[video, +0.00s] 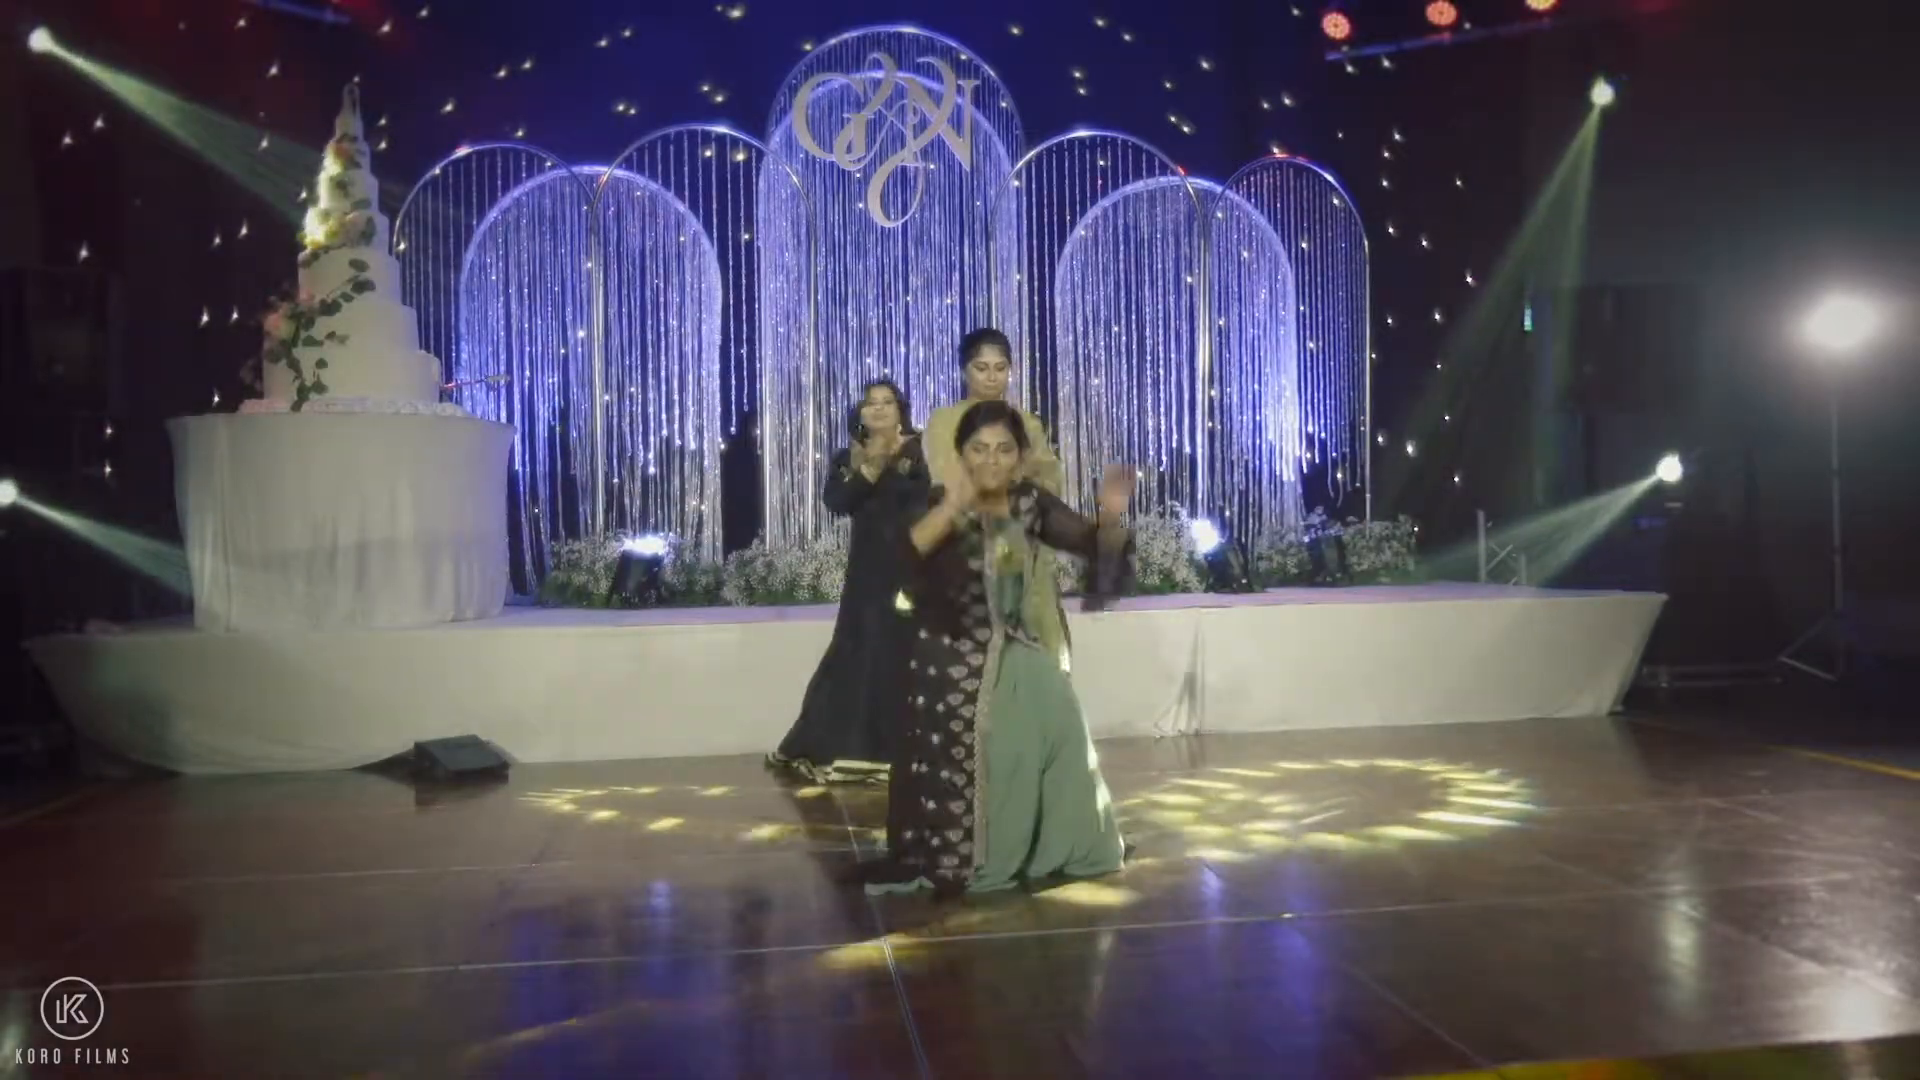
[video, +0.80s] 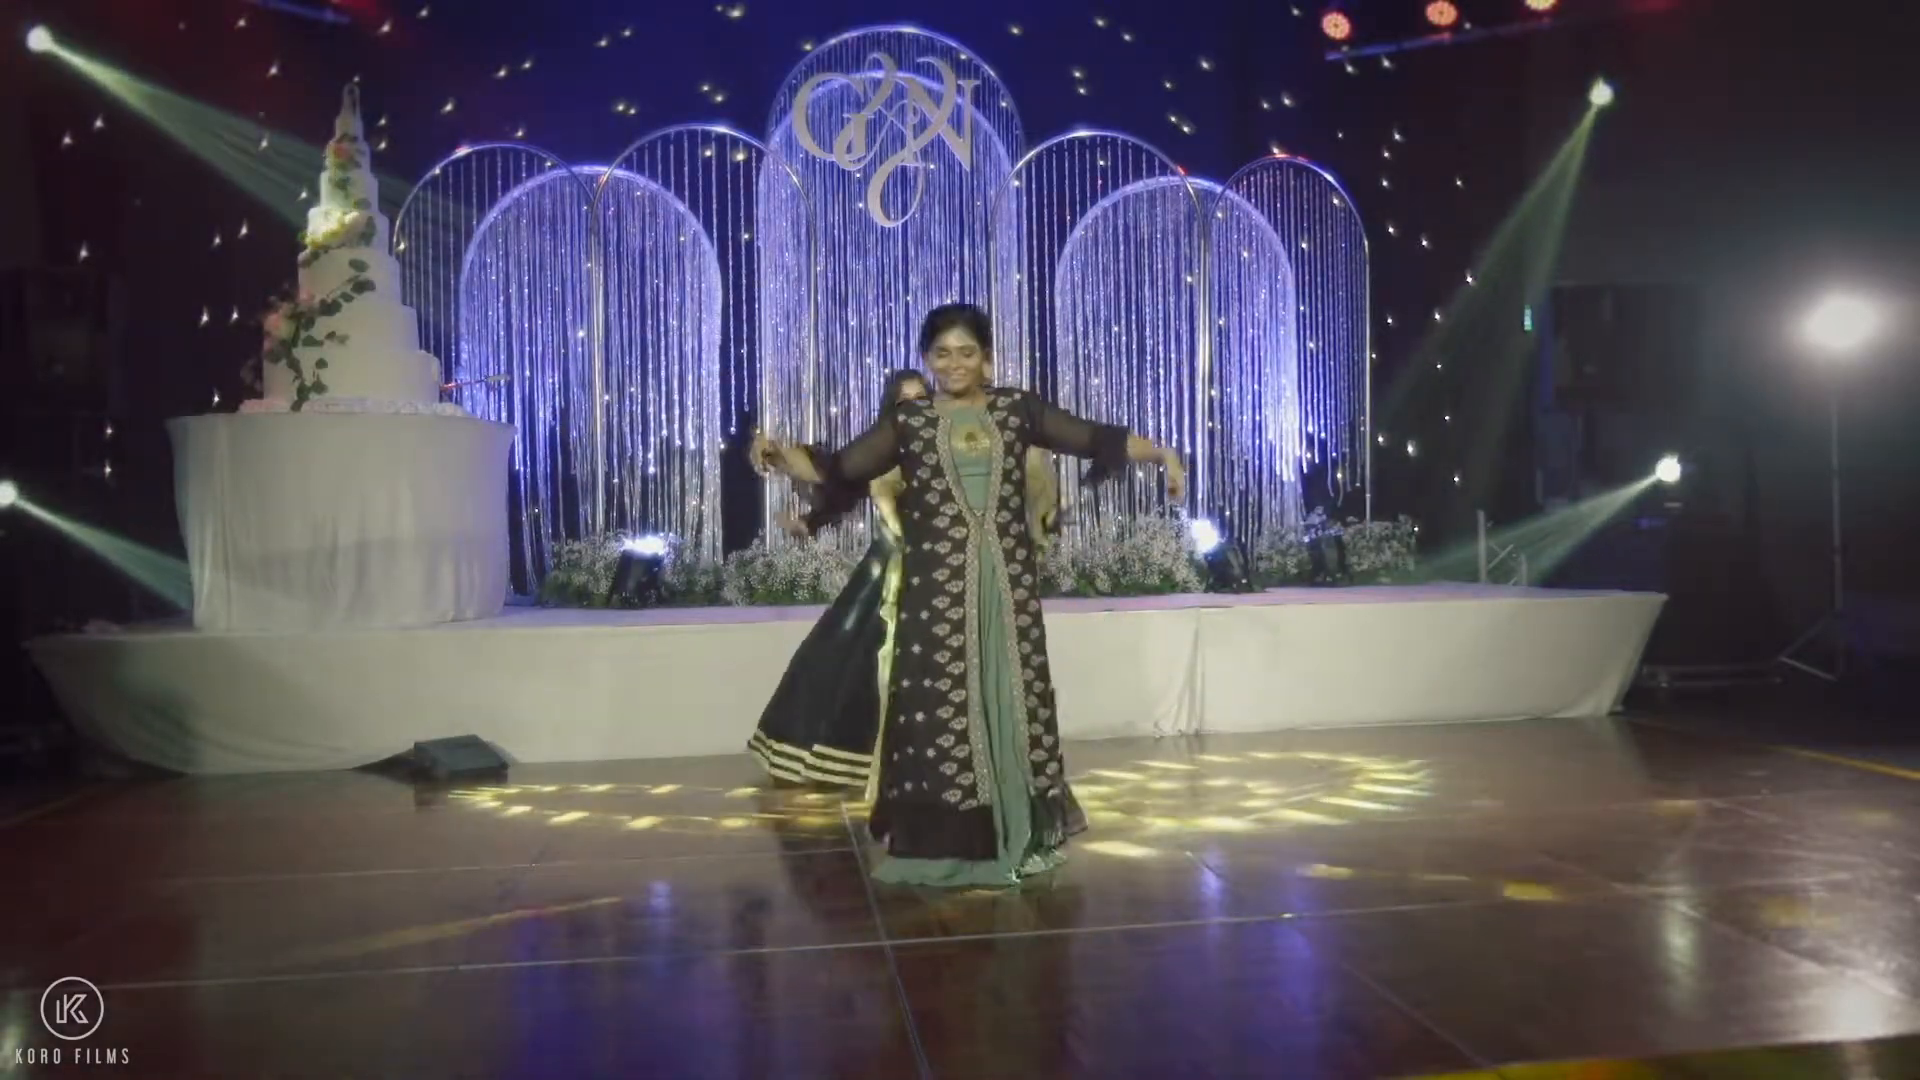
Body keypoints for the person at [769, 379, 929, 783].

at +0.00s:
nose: (879, 410)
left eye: (887, 403)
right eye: (871, 404)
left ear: (901, 411)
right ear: (860, 414)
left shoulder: (919, 452)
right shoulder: (849, 456)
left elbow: (926, 499)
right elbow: (835, 502)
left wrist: (893, 464)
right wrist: (870, 466)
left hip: (911, 566)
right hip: (867, 568)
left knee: (902, 656)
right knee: (854, 654)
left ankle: (900, 753)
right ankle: (804, 746)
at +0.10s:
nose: (863, 409)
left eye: (870, 401)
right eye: (856, 402)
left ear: (889, 405)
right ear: (847, 410)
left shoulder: (908, 450)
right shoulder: (840, 452)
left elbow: (918, 500)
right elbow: (820, 498)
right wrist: (842, 465)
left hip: (897, 565)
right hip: (854, 565)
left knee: (888, 653)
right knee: (840, 652)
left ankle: (885, 749)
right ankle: (814, 746)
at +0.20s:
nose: (860, 408)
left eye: (868, 402)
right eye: (853, 402)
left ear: (882, 410)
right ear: (842, 409)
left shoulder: (897, 453)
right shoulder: (834, 452)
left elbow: (913, 508)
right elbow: (812, 497)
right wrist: (822, 452)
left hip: (886, 559)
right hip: (845, 558)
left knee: (875, 653)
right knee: (832, 650)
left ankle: (872, 753)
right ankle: (816, 748)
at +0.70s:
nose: (902, 403)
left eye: (908, 395)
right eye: (892, 396)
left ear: (920, 399)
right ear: (875, 406)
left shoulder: (934, 450)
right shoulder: (863, 457)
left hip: (919, 564)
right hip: (873, 561)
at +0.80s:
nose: (914, 407)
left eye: (921, 399)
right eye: (905, 401)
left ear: (931, 399)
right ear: (890, 407)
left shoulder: (943, 449)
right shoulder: (877, 454)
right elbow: (841, 491)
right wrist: (808, 520)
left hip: (935, 568)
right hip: (888, 566)